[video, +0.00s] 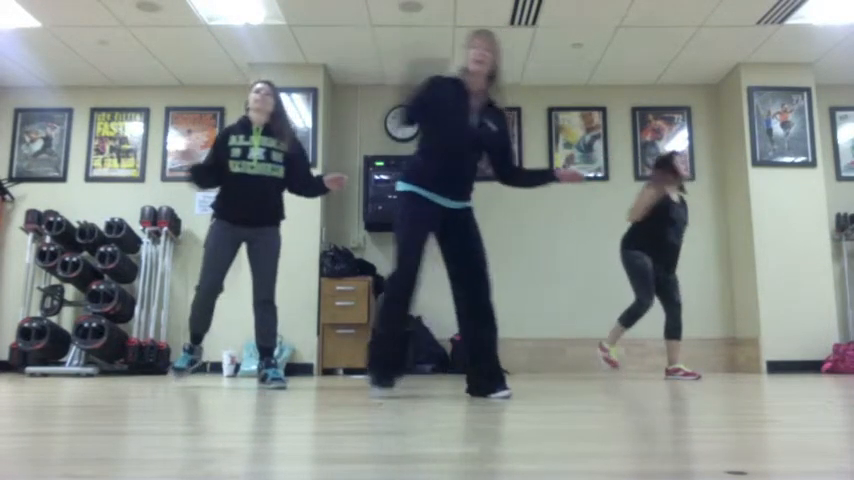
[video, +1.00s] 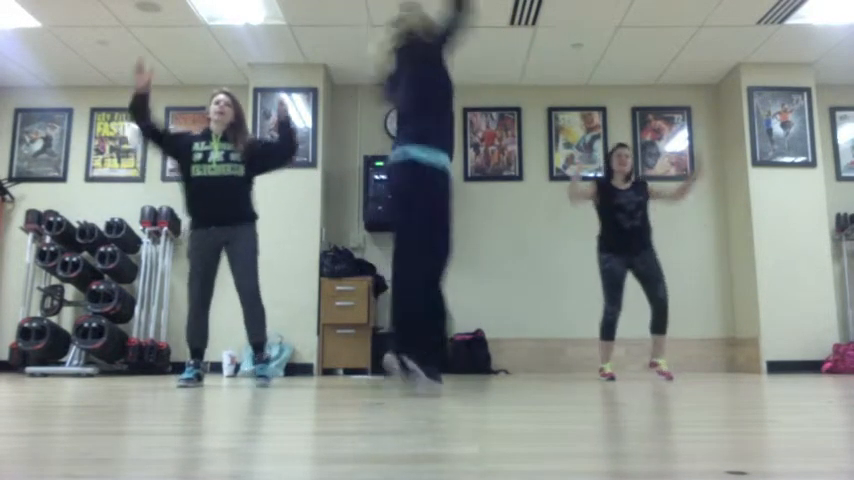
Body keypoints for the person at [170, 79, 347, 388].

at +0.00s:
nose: (261, 96)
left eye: (268, 93)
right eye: (256, 91)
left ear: (276, 105)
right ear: (247, 100)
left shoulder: (287, 141)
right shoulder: (230, 135)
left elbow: (298, 184)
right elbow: (210, 178)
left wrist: (323, 184)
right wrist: (193, 165)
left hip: (265, 227)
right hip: (227, 223)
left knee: (265, 297)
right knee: (207, 287)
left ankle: (267, 363)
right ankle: (193, 349)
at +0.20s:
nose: (241, 102)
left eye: (249, 100)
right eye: (239, 98)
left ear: (260, 111)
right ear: (232, 106)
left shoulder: (268, 149)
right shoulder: (211, 142)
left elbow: (284, 192)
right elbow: (192, 188)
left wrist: (311, 181)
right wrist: (185, 193)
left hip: (253, 231)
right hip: (215, 231)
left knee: (258, 296)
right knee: (205, 296)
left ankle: (266, 365)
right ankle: (195, 363)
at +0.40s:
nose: (226, 105)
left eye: (232, 103)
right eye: (221, 101)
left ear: (240, 116)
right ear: (212, 111)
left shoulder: (249, 151)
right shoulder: (192, 145)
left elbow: (266, 193)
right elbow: (172, 191)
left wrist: (291, 188)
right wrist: (177, 179)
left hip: (239, 230)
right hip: (201, 231)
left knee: (256, 288)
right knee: (196, 297)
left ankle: (268, 358)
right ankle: (194, 364)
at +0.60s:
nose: (215, 104)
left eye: (222, 102)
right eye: (212, 101)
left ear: (231, 114)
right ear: (203, 110)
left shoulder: (242, 149)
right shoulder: (186, 146)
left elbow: (258, 190)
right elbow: (168, 191)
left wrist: (285, 189)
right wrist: (156, 186)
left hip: (234, 232)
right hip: (196, 232)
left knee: (245, 293)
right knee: (194, 299)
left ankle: (255, 360)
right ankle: (194, 363)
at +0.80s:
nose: (213, 107)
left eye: (220, 104)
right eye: (209, 103)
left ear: (229, 115)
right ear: (201, 111)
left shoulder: (240, 148)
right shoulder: (185, 148)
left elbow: (262, 185)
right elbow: (156, 183)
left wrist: (279, 178)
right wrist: (139, 168)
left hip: (234, 231)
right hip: (195, 233)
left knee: (246, 293)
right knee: (193, 299)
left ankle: (259, 361)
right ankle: (193, 364)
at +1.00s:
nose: (220, 107)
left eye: (226, 104)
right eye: (216, 103)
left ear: (235, 114)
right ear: (207, 111)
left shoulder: (247, 148)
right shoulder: (187, 144)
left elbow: (284, 152)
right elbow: (147, 128)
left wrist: (284, 125)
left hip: (240, 228)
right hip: (204, 229)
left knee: (249, 291)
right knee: (198, 298)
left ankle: (260, 358)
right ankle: (195, 363)